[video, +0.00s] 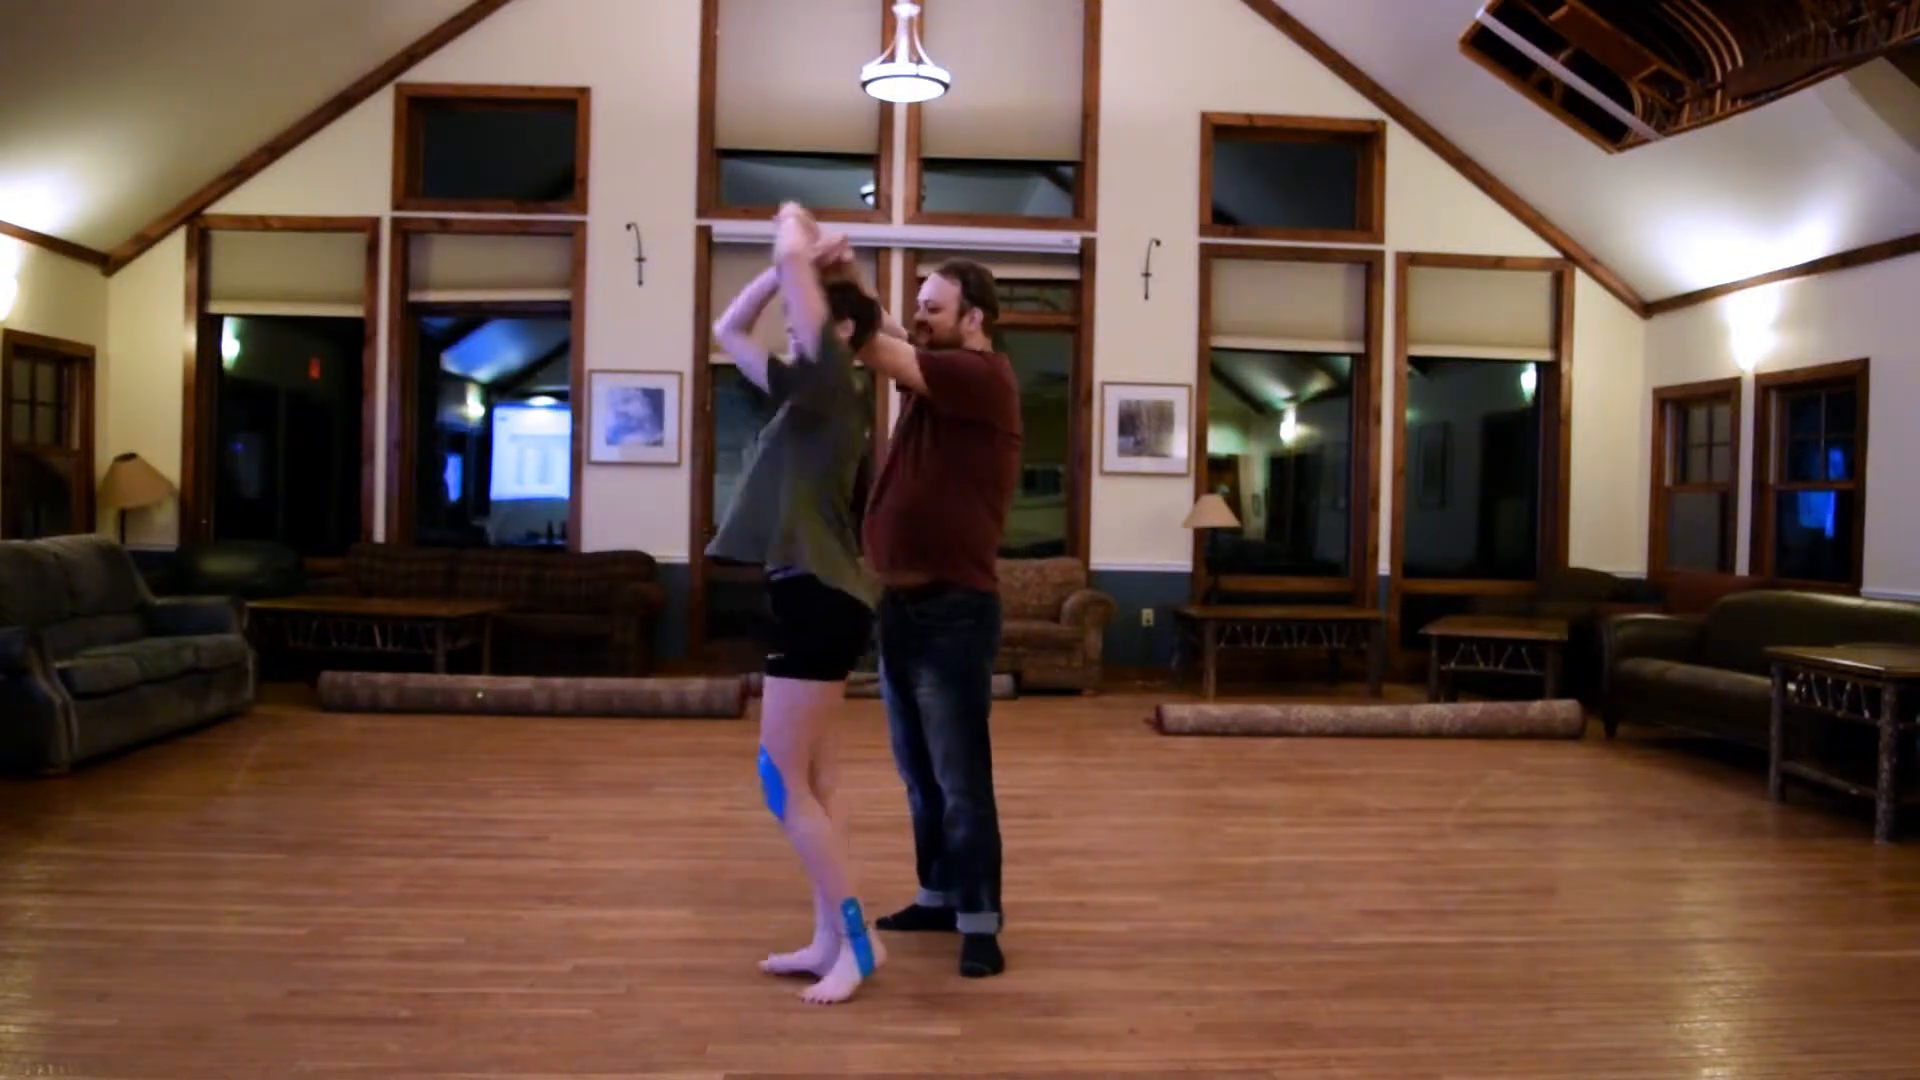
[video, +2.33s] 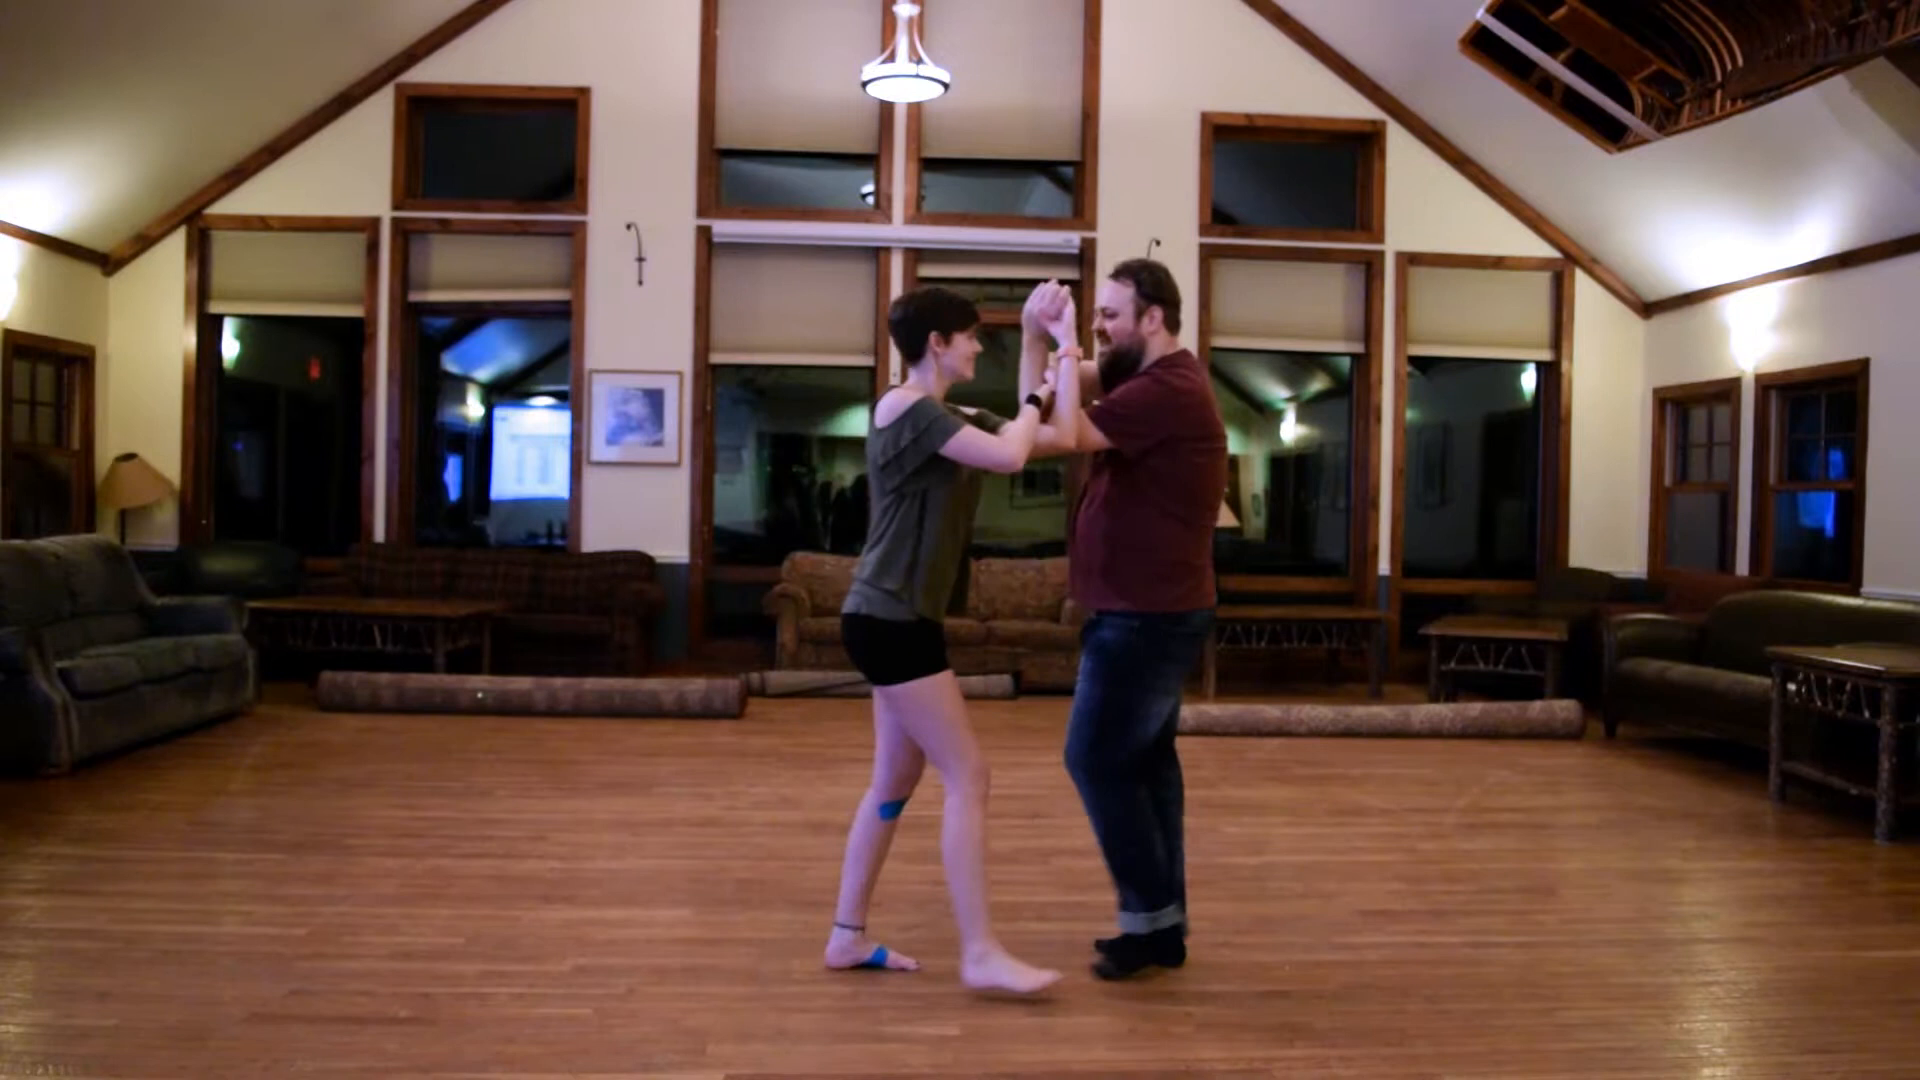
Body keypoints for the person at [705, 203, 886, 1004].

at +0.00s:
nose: (800, 317)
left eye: (811, 305)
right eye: (804, 306)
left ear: (837, 317)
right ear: (844, 324)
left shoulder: (833, 383)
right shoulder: (803, 392)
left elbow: (792, 261)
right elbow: (730, 334)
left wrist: (800, 242)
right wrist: (781, 267)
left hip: (817, 595)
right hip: (809, 593)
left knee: (784, 783)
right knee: (810, 777)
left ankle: (852, 945)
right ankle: (827, 937)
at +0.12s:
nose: (823, 324)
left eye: (836, 317)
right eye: (811, 316)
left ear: (855, 330)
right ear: (791, 331)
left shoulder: (869, 393)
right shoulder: (773, 391)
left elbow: (893, 273)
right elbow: (735, 290)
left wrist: (849, 225)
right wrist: (815, 247)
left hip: (837, 599)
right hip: (771, 596)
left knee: (813, 791)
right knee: (780, 791)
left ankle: (858, 951)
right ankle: (818, 947)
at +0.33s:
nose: (865, 330)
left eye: (868, 320)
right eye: (851, 317)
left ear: (858, 333)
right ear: (809, 324)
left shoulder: (867, 393)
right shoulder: (771, 393)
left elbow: (949, 348)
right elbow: (816, 327)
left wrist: (906, 280)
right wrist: (859, 275)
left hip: (863, 598)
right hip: (785, 599)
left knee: (846, 786)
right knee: (795, 795)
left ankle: (839, 950)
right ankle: (770, 982)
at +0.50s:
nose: (853, 335)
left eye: (853, 326)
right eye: (850, 324)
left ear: (786, 332)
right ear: (834, 326)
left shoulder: (810, 394)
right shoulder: (804, 396)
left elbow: (881, 388)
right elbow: (926, 394)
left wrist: (876, 304)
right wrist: (904, 317)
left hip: (845, 609)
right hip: (805, 613)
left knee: (852, 790)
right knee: (809, 797)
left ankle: (796, 954)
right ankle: (774, 986)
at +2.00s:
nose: (913, 349)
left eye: (911, 336)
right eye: (907, 336)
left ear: (860, 347)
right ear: (876, 344)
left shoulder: (843, 409)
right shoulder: (858, 416)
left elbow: (955, 443)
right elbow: (969, 447)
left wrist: (972, 371)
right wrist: (998, 352)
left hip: (858, 623)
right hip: (840, 628)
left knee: (887, 778)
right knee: (862, 804)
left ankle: (846, 940)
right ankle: (784, 974)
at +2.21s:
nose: (951, 349)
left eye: (950, 337)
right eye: (944, 337)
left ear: (902, 344)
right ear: (909, 342)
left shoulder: (877, 406)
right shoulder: (889, 411)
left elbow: (998, 439)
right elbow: (983, 453)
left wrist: (1016, 363)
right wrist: (1012, 384)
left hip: (861, 615)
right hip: (872, 620)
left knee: (881, 785)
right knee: (945, 775)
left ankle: (846, 933)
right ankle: (877, 935)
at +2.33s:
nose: (979, 349)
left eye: (977, 337)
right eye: (971, 337)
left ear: (926, 345)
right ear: (938, 344)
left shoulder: (903, 407)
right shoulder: (915, 414)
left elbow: (1017, 439)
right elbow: (1012, 453)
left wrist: (1040, 353)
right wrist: (1036, 386)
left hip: (890, 615)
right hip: (897, 622)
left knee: (891, 782)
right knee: (967, 775)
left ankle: (847, 935)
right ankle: (979, 953)